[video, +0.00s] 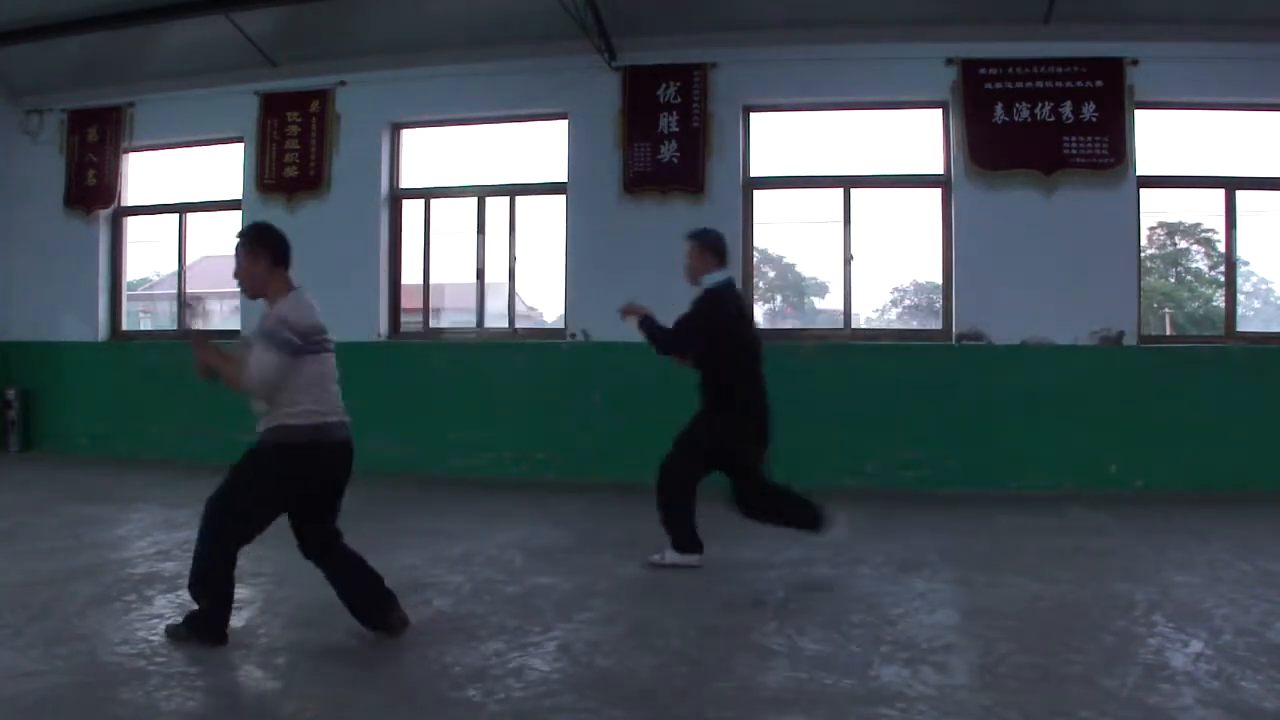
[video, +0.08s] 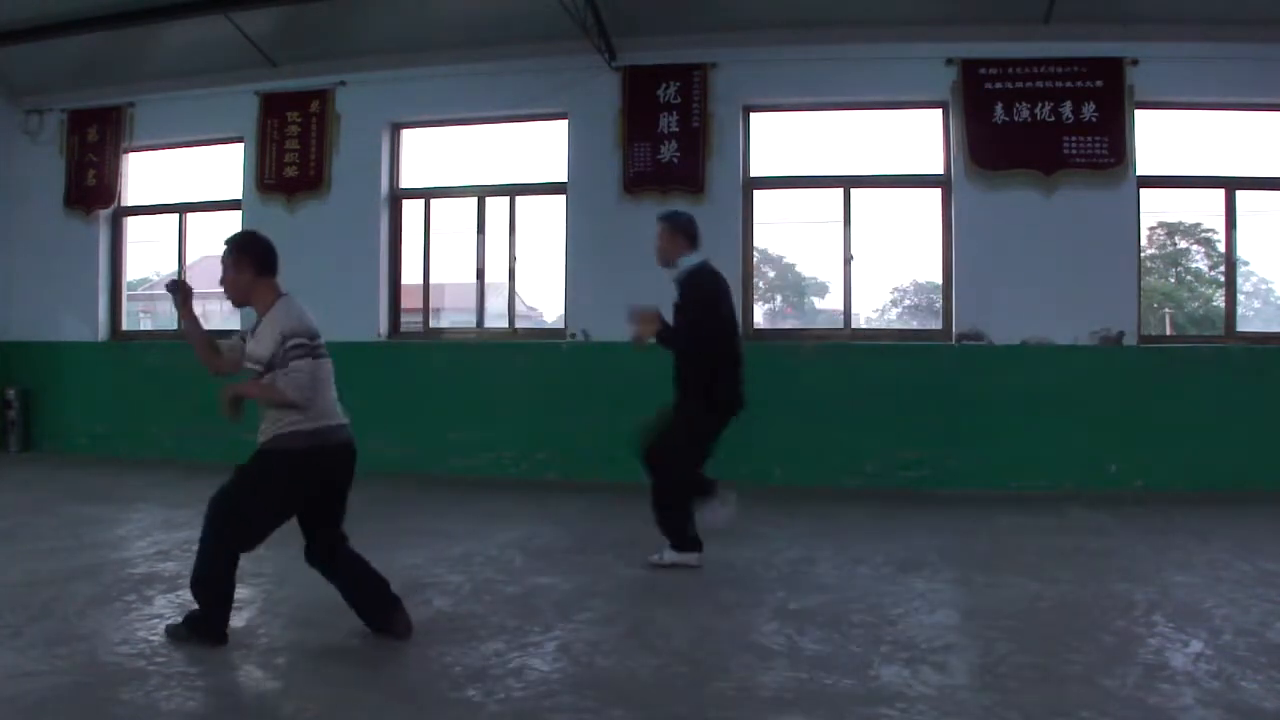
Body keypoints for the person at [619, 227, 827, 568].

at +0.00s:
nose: (686, 263)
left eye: (690, 255)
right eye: (687, 255)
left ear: (706, 258)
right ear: (714, 259)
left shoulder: (713, 301)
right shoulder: (731, 300)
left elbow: (673, 344)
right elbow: (700, 347)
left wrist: (643, 319)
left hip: (724, 415)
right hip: (746, 414)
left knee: (675, 473)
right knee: (749, 495)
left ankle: (685, 548)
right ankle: (817, 519)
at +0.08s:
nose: (657, 247)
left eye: (661, 239)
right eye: (658, 238)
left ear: (677, 240)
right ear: (684, 241)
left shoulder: (700, 284)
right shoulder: (698, 281)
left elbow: (694, 345)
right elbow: (695, 343)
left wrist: (660, 329)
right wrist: (661, 329)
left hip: (709, 397)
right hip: (707, 394)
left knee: (662, 456)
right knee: (668, 457)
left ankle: (684, 546)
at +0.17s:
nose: (642, 236)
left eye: (646, 228)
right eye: (643, 229)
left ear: (662, 230)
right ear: (669, 230)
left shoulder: (690, 269)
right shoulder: (671, 278)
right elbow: (647, 327)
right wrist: (628, 297)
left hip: (691, 376)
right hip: (691, 376)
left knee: (620, 387)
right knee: (675, 452)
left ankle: (649, 453)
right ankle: (678, 535)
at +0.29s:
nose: (618, 230)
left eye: (623, 223)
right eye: (619, 223)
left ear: (641, 224)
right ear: (639, 225)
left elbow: (713, 311)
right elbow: (585, 286)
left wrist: (671, 321)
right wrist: (551, 256)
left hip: (671, 368)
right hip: (642, 365)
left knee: (595, 326)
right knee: (641, 447)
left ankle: (620, 400)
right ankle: (628, 538)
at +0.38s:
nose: (608, 238)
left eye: (613, 230)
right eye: (609, 230)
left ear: (631, 233)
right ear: (627, 232)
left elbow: (688, 329)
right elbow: (571, 296)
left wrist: (646, 332)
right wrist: (536, 265)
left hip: (645, 380)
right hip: (618, 375)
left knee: (562, 345)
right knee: (609, 461)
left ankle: (580, 420)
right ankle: (615, 549)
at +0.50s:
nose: (593, 246)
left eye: (598, 238)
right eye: (594, 239)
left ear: (617, 241)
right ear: (614, 243)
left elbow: (656, 342)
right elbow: (557, 303)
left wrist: (619, 343)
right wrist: (521, 271)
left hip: (620, 389)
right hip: (601, 387)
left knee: (534, 380)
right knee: (590, 474)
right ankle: (613, 555)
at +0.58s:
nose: (579, 252)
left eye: (584, 244)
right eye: (579, 245)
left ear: (602, 246)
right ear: (606, 247)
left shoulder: (617, 293)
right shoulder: (601, 291)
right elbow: (550, 310)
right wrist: (510, 286)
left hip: (594, 403)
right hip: (581, 396)